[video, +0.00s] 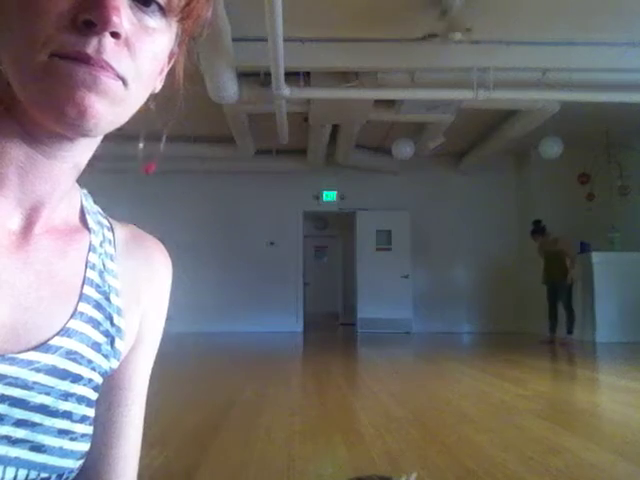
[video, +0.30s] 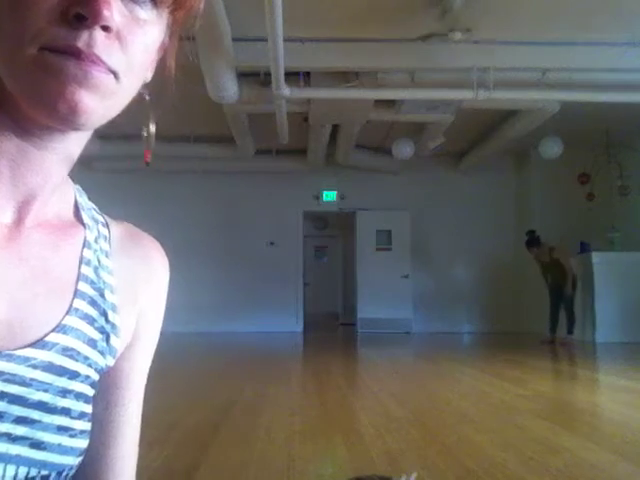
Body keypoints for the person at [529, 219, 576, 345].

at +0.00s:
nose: (536, 242)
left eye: (537, 238)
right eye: (535, 239)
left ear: (542, 235)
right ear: (537, 236)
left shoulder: (559, 243)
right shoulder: (542, 246)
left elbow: (572, 257)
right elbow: (547, 261)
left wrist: (571, 274)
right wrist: (545, 277)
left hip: (564, 279)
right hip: (551, 280)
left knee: (567, 306)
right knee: (552, 307)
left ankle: (569, 335)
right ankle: (552, 335)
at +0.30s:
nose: (532, 254)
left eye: (532, 251)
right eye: (530, 251)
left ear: (537, 247)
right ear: (532, 250)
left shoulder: (555, 252)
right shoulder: (538, 257)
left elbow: (569, 269)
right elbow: (543, 271)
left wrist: (569, 286)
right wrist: (547, 284)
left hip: (567, 278)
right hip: (554, 279)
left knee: (568, 307)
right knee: (554, 307)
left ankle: (569, 335)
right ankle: (552, 335)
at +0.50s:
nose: (530, 267)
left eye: (530, 264)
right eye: (528, 265)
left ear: (534, 260)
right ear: (527, 263)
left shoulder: (549, 262)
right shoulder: (534, 267)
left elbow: (564, 278)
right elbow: (537, 280)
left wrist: (567, 293)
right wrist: (541, 294)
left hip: (567, 283)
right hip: (553, 284)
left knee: (566, 309)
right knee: (551, 310)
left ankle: (568, 335)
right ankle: (551, 336)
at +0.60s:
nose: (531, 278)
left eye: (531, 275)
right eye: (529, 276)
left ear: (535, 270)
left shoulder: (550, 270)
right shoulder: (534, 275)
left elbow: (563, 289)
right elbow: (538, 292)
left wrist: (567, 310)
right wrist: (541, 309)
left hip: (568, 283)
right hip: (554, 285)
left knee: (565, 308)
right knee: (552, 310)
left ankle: (568, 336)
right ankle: (551, 336)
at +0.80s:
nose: (531, 291)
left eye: (530, 289)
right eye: (529, 290)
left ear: (533, 285)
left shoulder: (551, 281)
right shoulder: (534, 284)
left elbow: (564, 302)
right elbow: (538, 303)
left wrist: (570, 319)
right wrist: (542, 321)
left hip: (569, 284)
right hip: (555, 286)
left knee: (565, 307)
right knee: (552, 309)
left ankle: (568, 335)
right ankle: (551, 335)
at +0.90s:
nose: (531, 296)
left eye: (531, 294)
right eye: (529, 295)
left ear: (534, 290)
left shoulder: (552, 287)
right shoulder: (534, 288)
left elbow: (565, 304)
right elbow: (538, 308)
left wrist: (570, 323)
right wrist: (543, 326)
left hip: (570, 283)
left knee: (565, 307)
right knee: (552, 309)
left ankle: (568, 334)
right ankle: (550, 334)